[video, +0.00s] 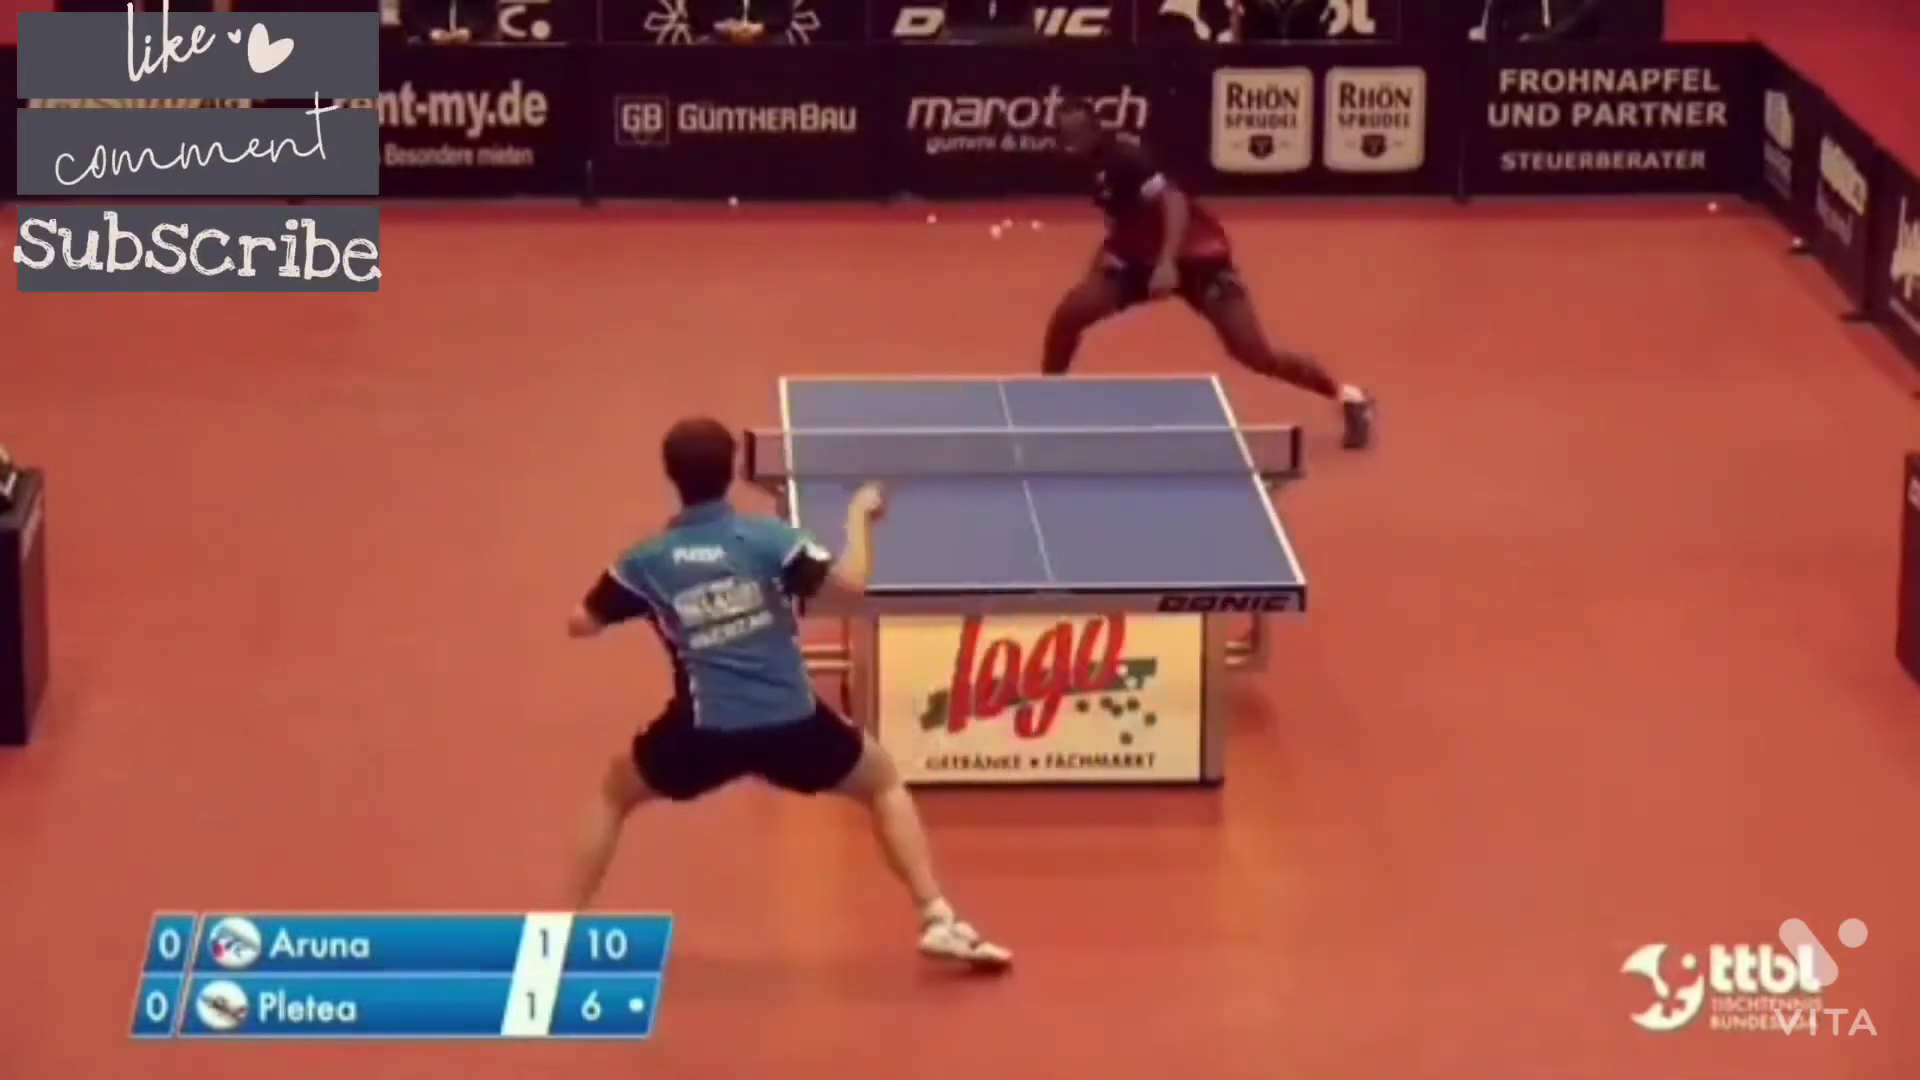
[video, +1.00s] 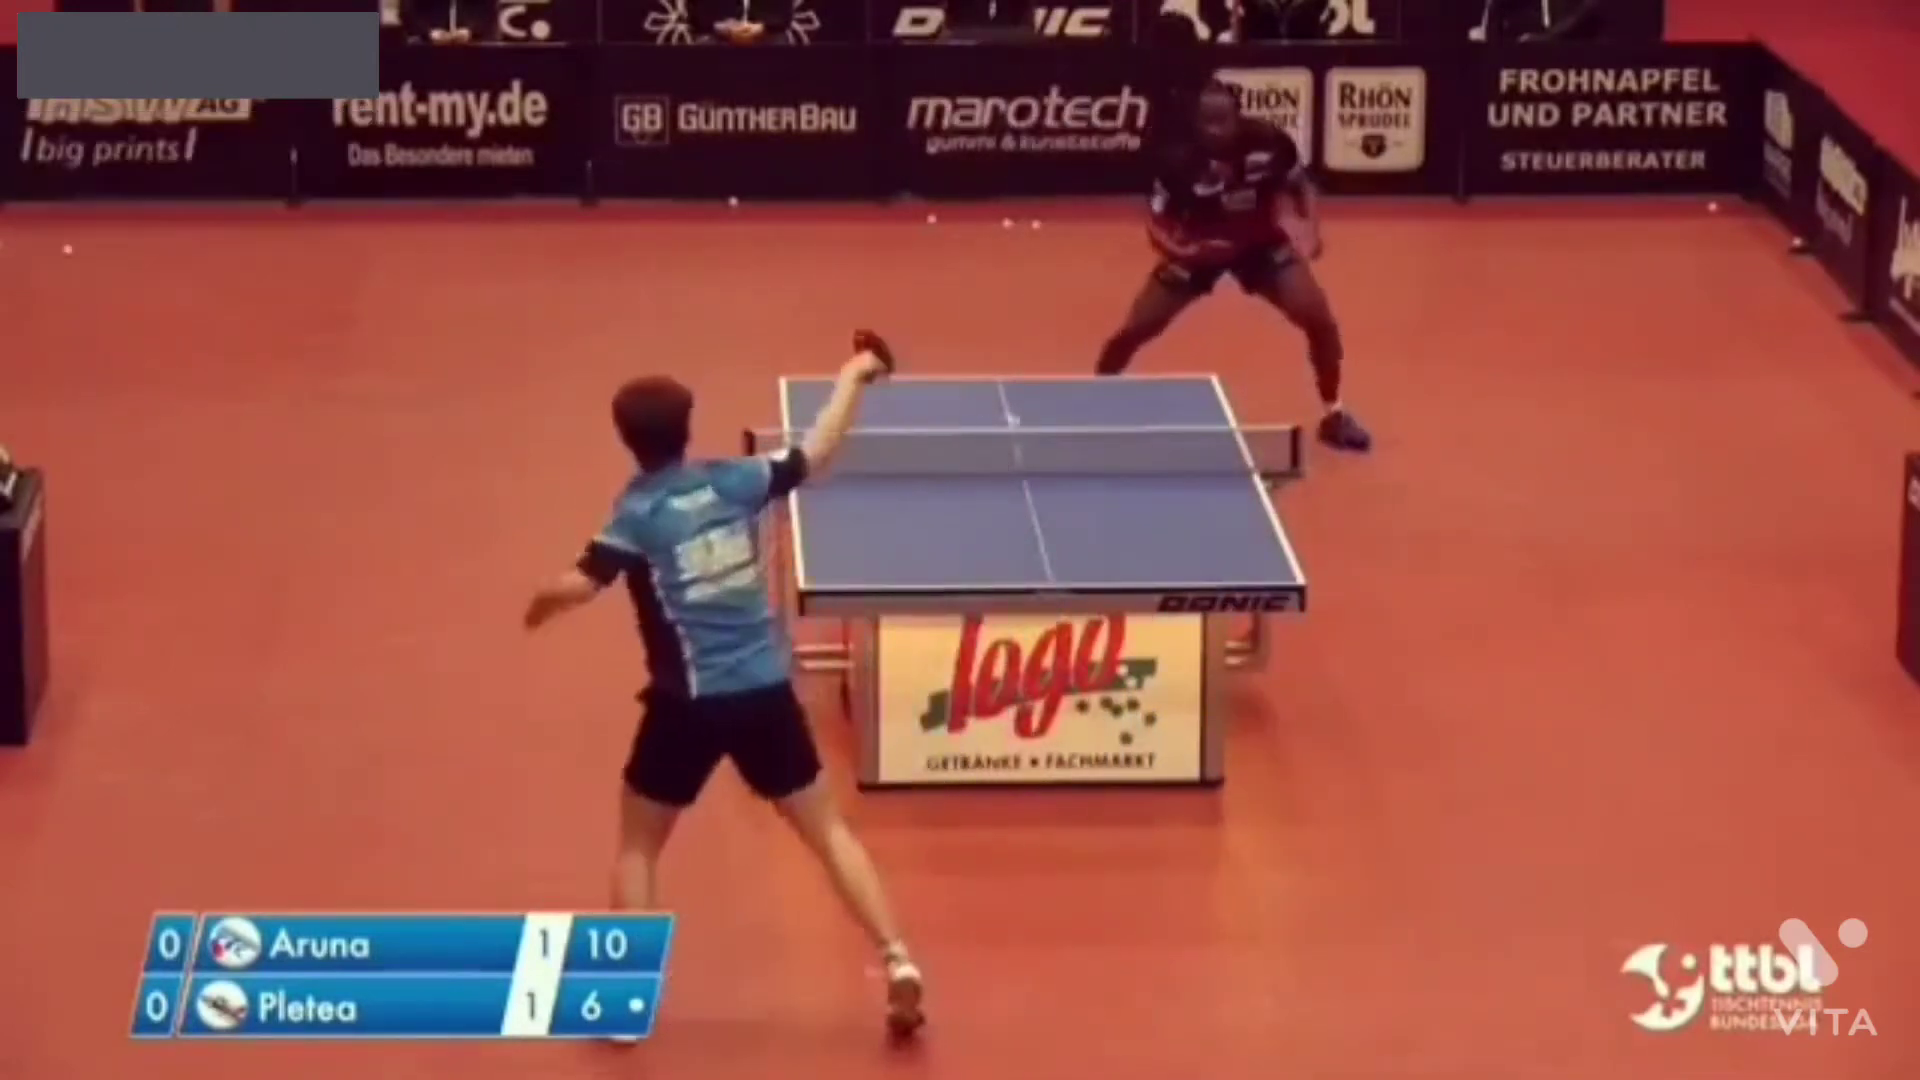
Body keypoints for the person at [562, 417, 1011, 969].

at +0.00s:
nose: (723, 465)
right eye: (726, 458)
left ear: (671, 476)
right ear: (732, 470)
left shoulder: (649, 559)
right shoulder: (768, 536)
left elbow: (583, 622)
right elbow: (851, 587)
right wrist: (860, 517)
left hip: (703, 733)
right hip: (791, 727)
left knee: (615, 793)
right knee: (883, 786)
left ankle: (565, 928)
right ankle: (939, 919)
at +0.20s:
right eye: (854, 442)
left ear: (800, 451)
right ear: (862, 455)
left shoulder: (772, 511)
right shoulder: (882, 528)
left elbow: (703, 571)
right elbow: (940, 615)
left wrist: (732, 579)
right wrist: (943, 585)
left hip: (780, 712)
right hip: (863, 713)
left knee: (690, 802)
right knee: (973, 803)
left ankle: (625, 928)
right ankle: (1052, 936)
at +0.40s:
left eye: (926, 516)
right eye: (959, 518)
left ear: (908, 525)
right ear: (966, 531)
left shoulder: (865, 582)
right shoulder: (982, 610)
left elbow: (786, 619)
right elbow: (1019, 685)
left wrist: (834, 613)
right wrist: (975, 662)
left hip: (842, 771)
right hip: (929, 780)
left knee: (764, 833)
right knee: (1034, 851)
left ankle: (707, 961)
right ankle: (1085, 992)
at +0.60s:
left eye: (844, 495)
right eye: (879, 499)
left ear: (832, 509)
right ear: (888, 514)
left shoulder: (803, 566)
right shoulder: (920, 588)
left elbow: (746, 599)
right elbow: (915, 655)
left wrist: (788, 562)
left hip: (814, 762)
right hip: (900, 766)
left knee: (731, 826)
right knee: (999, 860)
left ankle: (692, 969)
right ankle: (1083, 985)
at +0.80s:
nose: (684, 437)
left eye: (686, 429)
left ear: (695, 437)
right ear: (752, 430)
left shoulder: (700, 492)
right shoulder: (781, 486)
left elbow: (639, 510)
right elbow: (789, 494)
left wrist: (661, 497)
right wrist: (805, 480)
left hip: (765, 688)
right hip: (842, 678)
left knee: (705, 818)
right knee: (901, 823)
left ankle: (688, 967)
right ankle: (964, 969)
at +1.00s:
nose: (627, 439)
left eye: (627, 430)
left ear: (629, 442)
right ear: (686, 429)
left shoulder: (637, 512)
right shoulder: (734, 482)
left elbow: (582, 584)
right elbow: (814, 455)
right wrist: (852, 375)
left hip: (687, 705)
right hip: (765, 694)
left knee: (639, 845)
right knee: (828, 829)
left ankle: (627, 990)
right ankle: (898, 956)